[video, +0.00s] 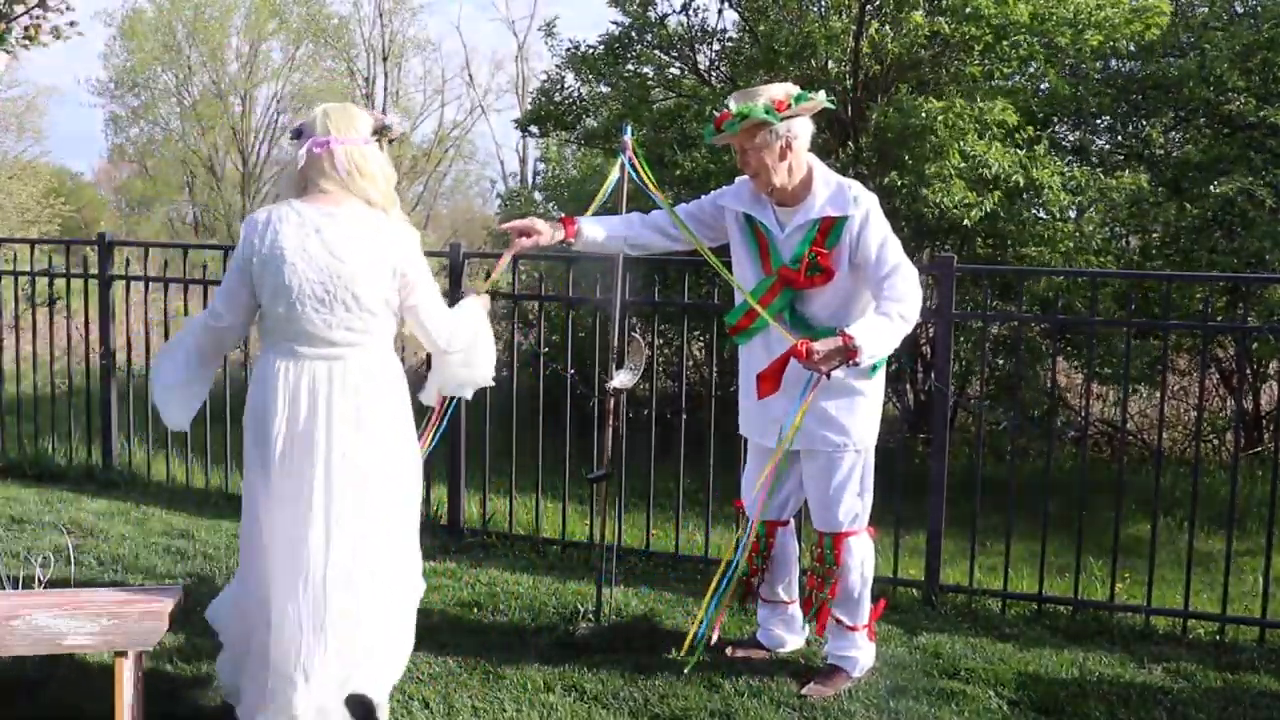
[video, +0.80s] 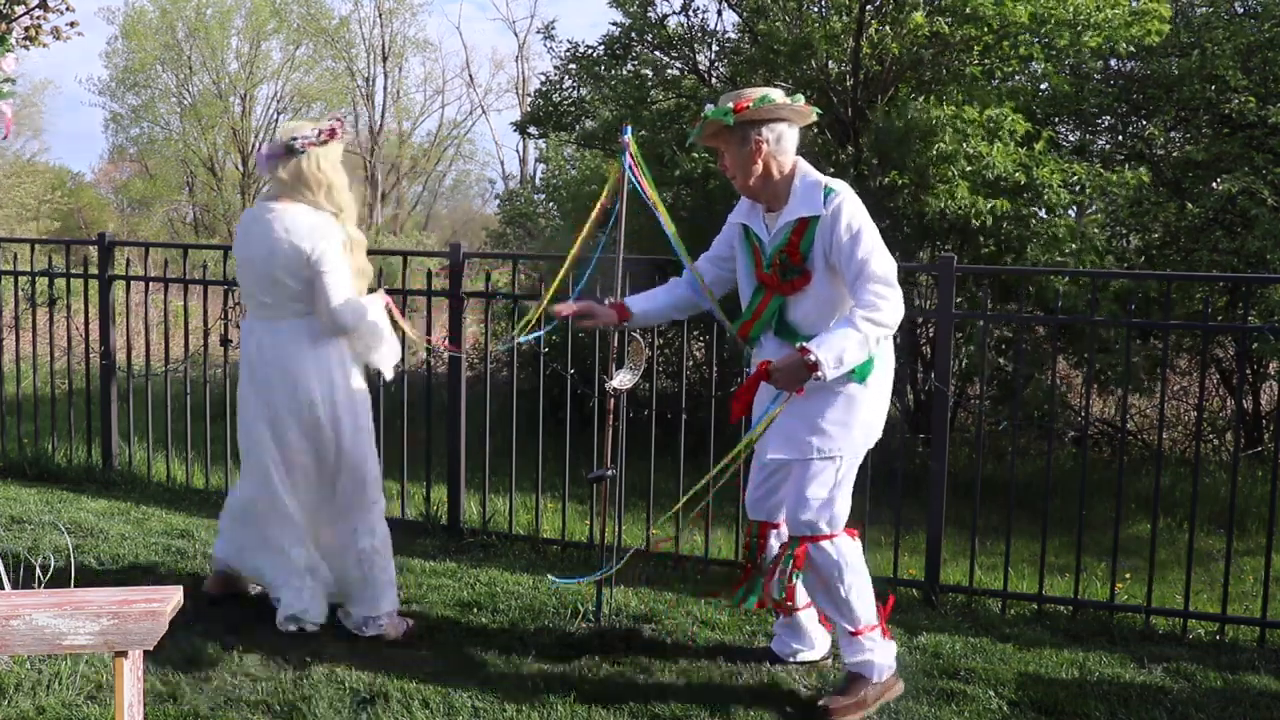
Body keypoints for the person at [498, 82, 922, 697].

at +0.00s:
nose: (740, 162)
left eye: (748, 149)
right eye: (737, 150)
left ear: (789, 145)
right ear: (746, 150)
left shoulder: (853, 206)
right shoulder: (734, 204)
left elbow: (901, 294)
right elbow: (649, 227)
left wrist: (853, 343)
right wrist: (562, 230)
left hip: (842, 386)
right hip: (767, 381)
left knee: (842, 521)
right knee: (766, 510)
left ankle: (849, 656)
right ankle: (778, 635)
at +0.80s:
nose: (719, 167)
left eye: (724, 153)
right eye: (716, 155)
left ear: (764, 144)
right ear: (752, 148)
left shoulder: (835, 206)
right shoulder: (747, 216)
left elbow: (882, 304)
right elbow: (696, 286)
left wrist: (818, 358)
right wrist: (617, 311)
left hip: (843, 379)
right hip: (777, 376)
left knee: (811, 513)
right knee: (767, 506)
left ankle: (874, 666)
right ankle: (801, 642)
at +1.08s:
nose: (744, 165)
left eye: (747, 149)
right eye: (741, 152)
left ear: (786, 145)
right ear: (786, 147)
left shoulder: (858, 211)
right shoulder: (784, 222)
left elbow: (882, 324)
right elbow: (770, 311)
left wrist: (798, 364)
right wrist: (708, 364)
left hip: (865, 397)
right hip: (811, 395)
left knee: (850, 543)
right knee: (787, 518)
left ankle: (880, 695)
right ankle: (801, 636)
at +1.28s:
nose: (773, 158)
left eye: (776, 142)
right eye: (770, 144)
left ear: (815, 139)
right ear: (817, 140)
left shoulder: (877, 205)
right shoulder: (830, 213)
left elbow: (886, 325)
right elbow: (828, 319)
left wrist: (792, 355)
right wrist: (769, 352)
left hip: (893, 412)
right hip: (846, 408)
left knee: (867, 557)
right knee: (811, 518)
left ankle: (882, 703)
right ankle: (841, 642)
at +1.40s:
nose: (795, 158)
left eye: (798, 141)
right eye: (791, 143)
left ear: (837, 133)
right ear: (839, 135)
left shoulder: (895, 204)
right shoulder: (853, 209)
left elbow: (899, 324)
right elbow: (862, 322)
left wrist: (796, 346)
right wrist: (792, 352)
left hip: (904, 417)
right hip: (865, 412)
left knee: (870, 555)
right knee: (841, 528)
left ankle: (879, 702)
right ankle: (934, 651)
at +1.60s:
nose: (828, 154)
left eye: (833, 138)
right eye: (827, 141)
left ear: (873, 135)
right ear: (879, 137)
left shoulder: (924, 206)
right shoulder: (898, 209)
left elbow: (930, 320)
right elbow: (907, 328)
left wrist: (824, 335)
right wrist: (838, 354)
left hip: (928, 429)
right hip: (935, 424)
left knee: (887, 559)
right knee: (940, 554)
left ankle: (881, 703)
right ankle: (991, 694)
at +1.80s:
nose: (867, 165)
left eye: (871, 148)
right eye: (864, 151)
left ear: (913, 140)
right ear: (917, 143)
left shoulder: (964, 205)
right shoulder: (940, 211)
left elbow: (962, 316)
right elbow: (950, 327)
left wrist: (856, 328)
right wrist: (878, 353)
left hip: (982, 414)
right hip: (980, 414)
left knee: (914, 547)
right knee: (962, 551)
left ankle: (942, 701)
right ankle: (994, 696)